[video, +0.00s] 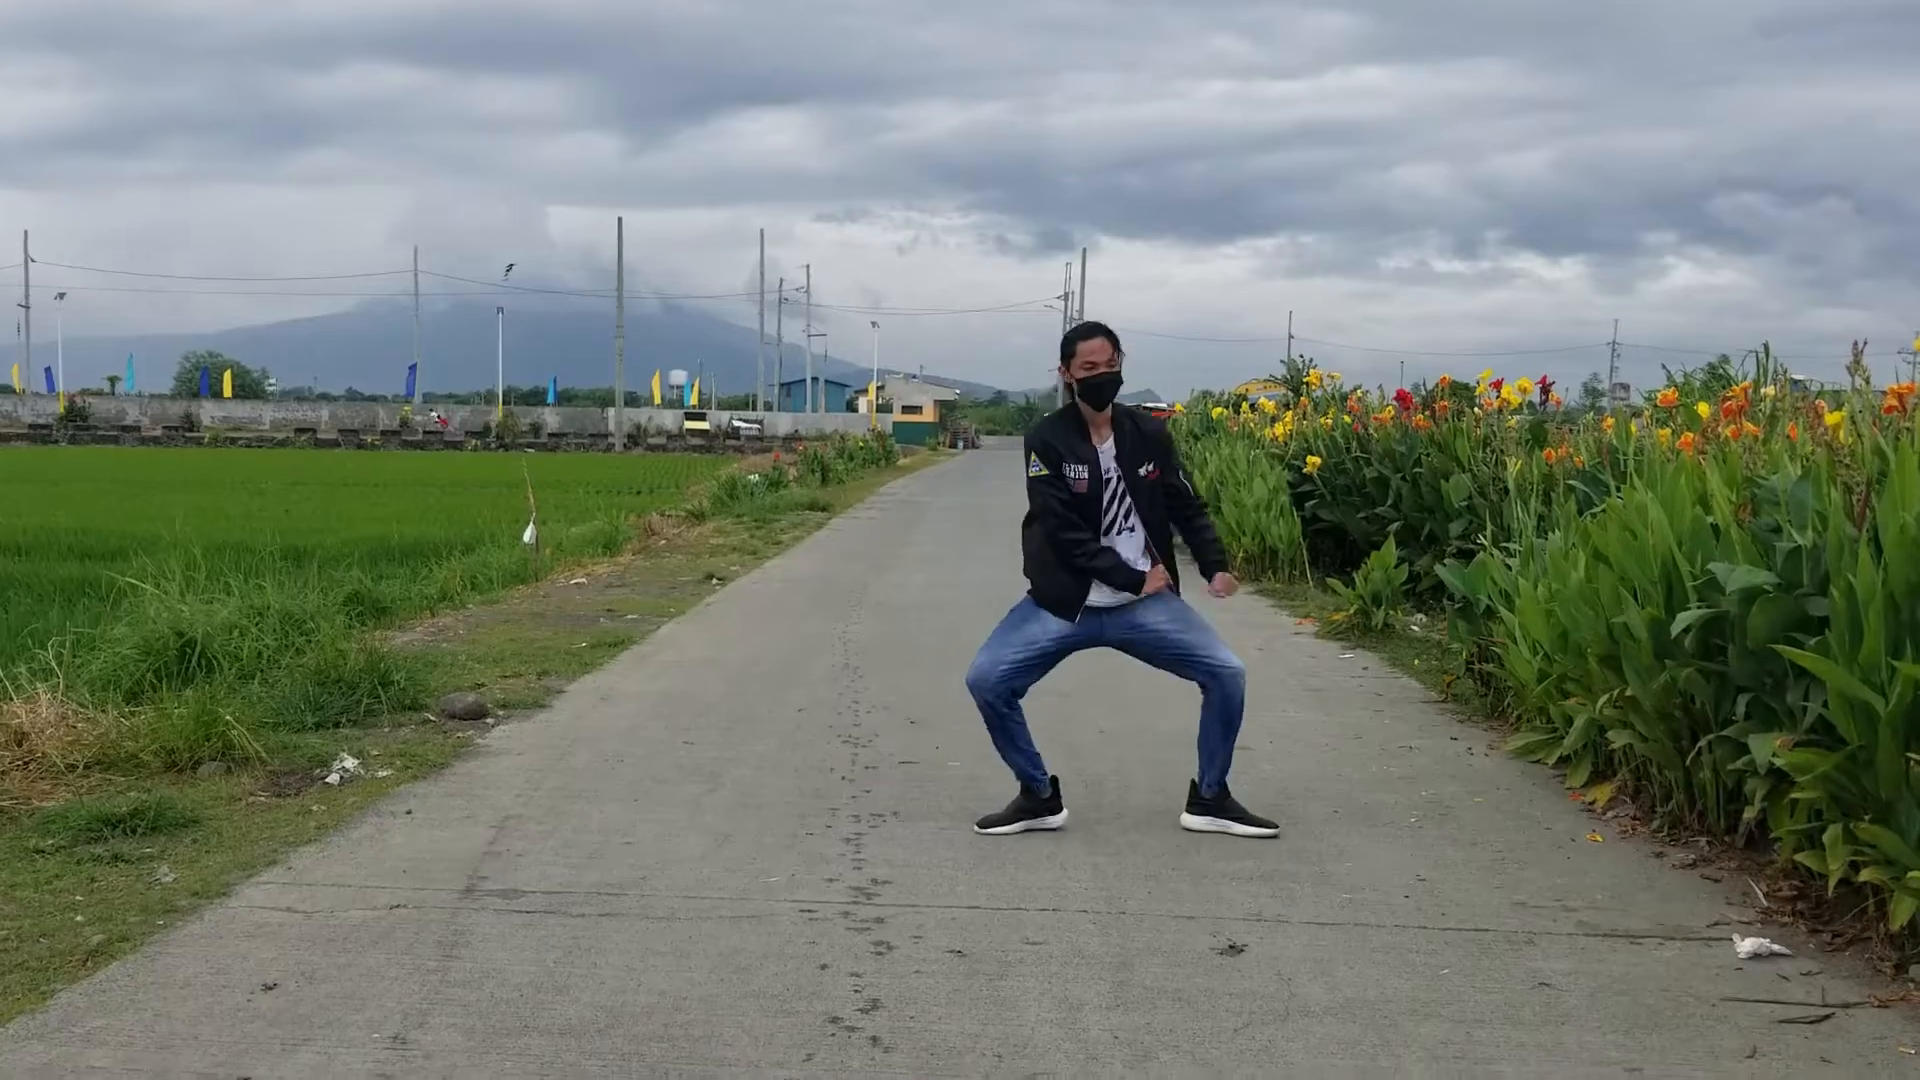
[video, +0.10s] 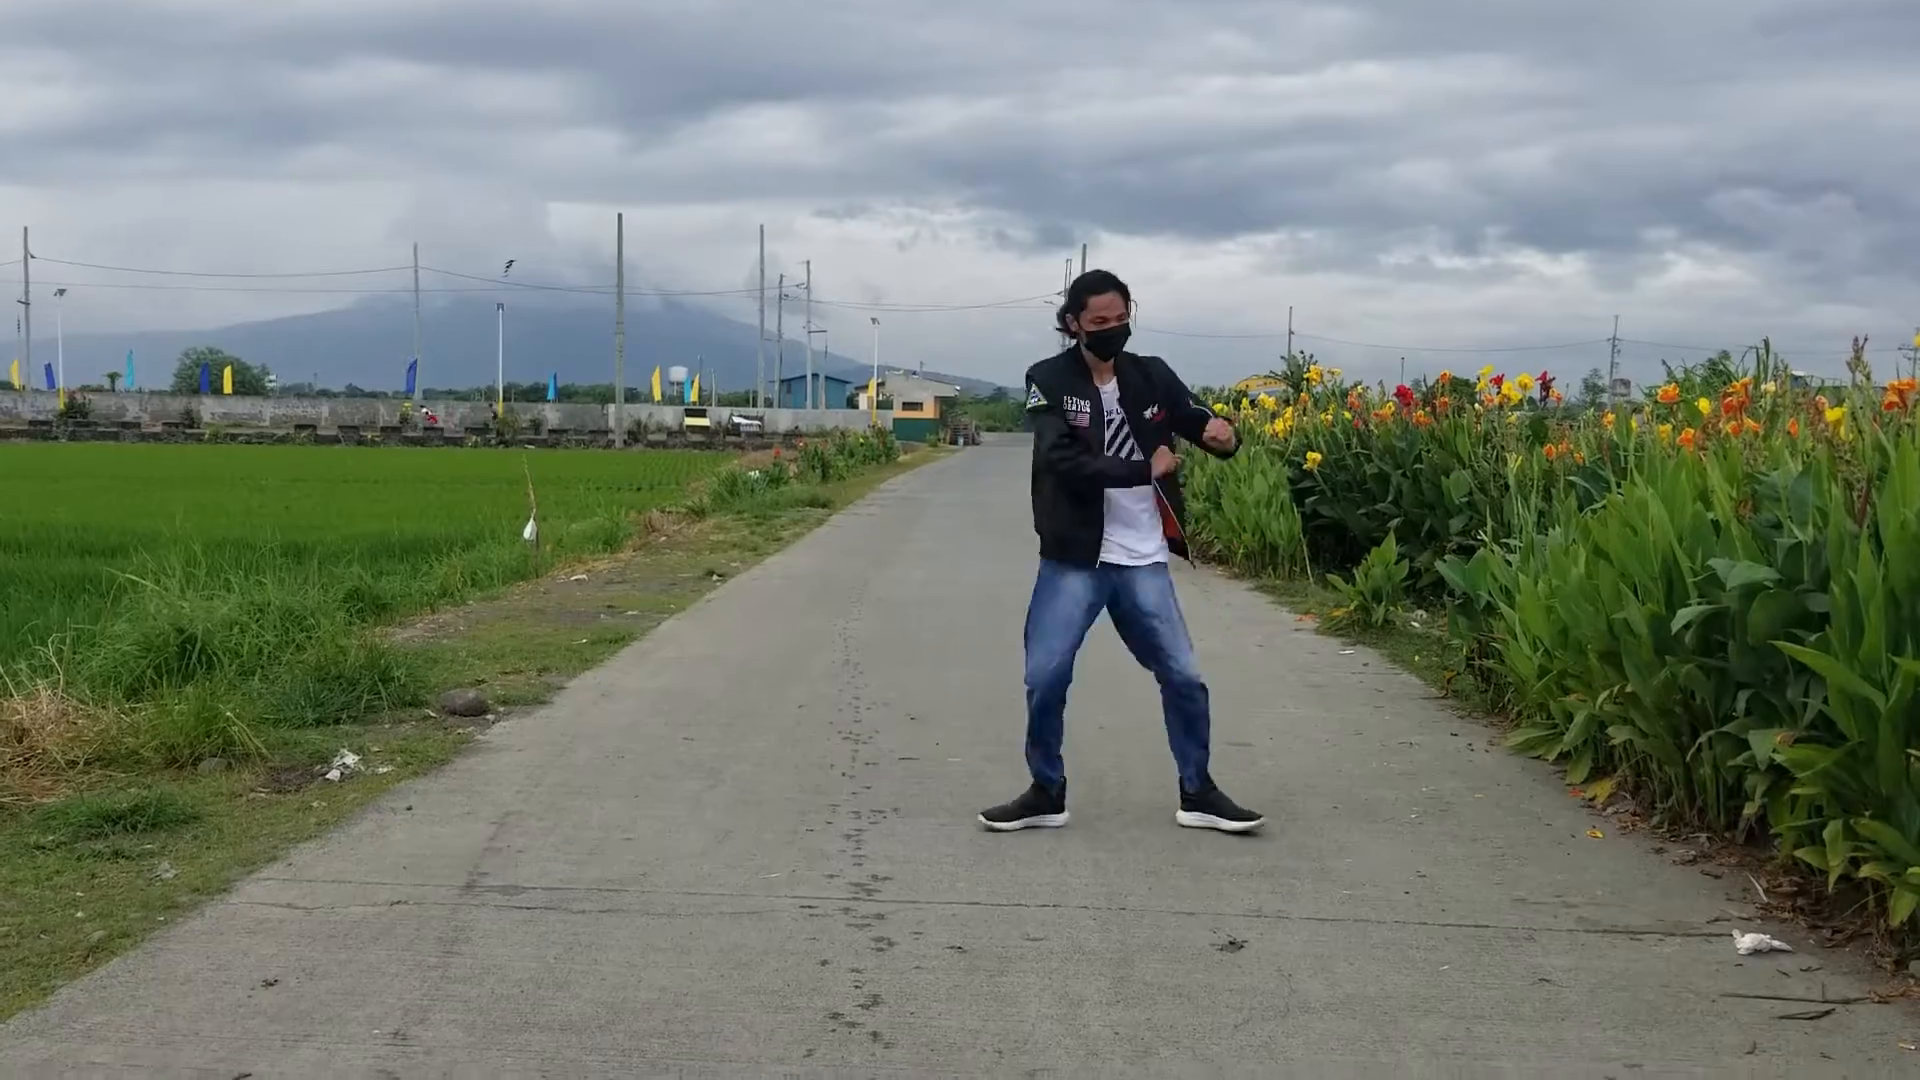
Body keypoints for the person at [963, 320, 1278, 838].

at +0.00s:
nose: (1101, 376)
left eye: (1109, 365)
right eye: (1088, 368)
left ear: (1120, 367)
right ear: (1066, 373)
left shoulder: (1148, 431)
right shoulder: (1048, 438)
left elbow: (1183, 503)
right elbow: (1060, 533)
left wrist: (1215, 564)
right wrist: (1134, 577)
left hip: (1141, 601)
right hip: (1061, 604)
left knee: (1227, 672)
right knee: (986, 680)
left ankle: (1209, 796)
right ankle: (1039, 795)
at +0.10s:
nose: (1110, 334)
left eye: (1118, 322)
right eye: (1098, 323)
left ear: (1129, 318)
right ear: (1073, 321)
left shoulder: (1150, 374)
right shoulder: (1050, 379)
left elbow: (1198, 422)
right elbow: (1064, 463)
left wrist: (1222, 436)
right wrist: (1146, 469)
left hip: (1143, 559)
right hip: (1073, 558)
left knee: (1184, 674)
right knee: (1043, 674)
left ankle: (1197, 791)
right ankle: (1047, 791)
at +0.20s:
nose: (1120, 308)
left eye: (1127, 296)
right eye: (1107, 298)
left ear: (1137, 293)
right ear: (1080, 300)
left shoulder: (1161, 347)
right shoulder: (1062, 356)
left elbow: (1242, 353)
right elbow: (1017, 356)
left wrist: (1215, 302)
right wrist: (1093, 333)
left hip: (1146, 529)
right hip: (1084, 526)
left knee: (1140, 665)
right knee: (1091, 663)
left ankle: (1148, 787)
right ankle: (1058, 788)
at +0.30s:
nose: (1116, 305)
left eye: (1125, 294)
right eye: (1105, 296)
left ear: (1136, 293)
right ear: (1082, 297)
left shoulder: (1163, 345)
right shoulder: (1059, 355)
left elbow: (1244, 344)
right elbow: (1011, 343)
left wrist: (1201, 287)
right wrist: (1082, 321)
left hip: (1147, 527)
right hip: (1083, 526)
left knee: (1145, 666)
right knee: (1087, 666)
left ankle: (1150, 786)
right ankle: (1057, 788)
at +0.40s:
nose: (1126, 320)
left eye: (1135, 309)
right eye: (1114, 310)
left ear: (1145, 302)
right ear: (1090, 304)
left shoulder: (1168, 360)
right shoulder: (1066, 352)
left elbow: (1228, 414)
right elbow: (1034, 377)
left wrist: (1203, 343)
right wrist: (1111, 354)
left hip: (1145, 540)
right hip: (1078, 536)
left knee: (1179, 659)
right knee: (1067, 664)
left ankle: (1173, 777)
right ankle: (1051, 786)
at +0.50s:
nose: (1137, 376)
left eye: (1146, 367)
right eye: (1128, 368)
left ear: (1158, 350)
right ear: (1106, 351)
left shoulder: (1171, 402)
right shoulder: (1067, 391)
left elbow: (1179, 484)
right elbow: (1050, 475)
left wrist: (1196, 491)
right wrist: (1131, 499)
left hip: (1143, 576)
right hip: (1069, 575)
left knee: (1212, 666)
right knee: (1013, 676)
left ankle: (1214, 789)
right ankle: (1043, 790)